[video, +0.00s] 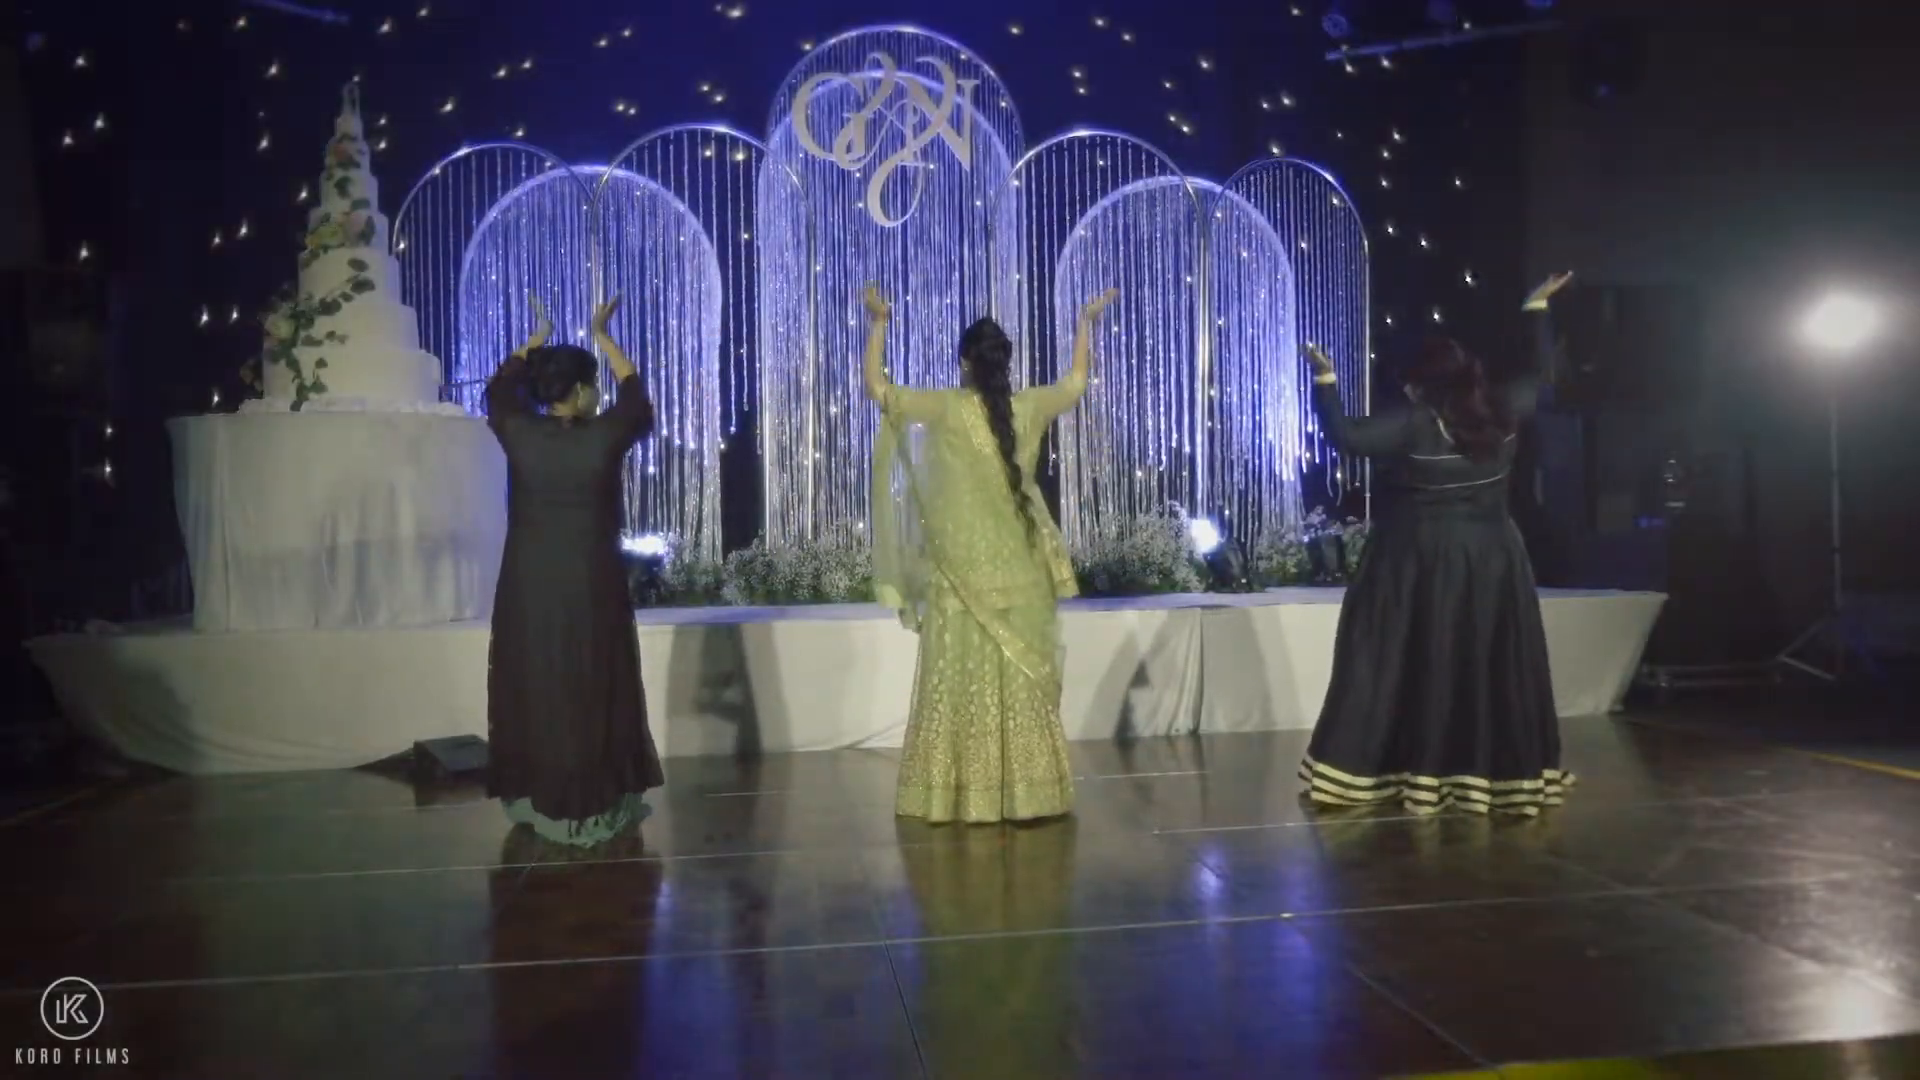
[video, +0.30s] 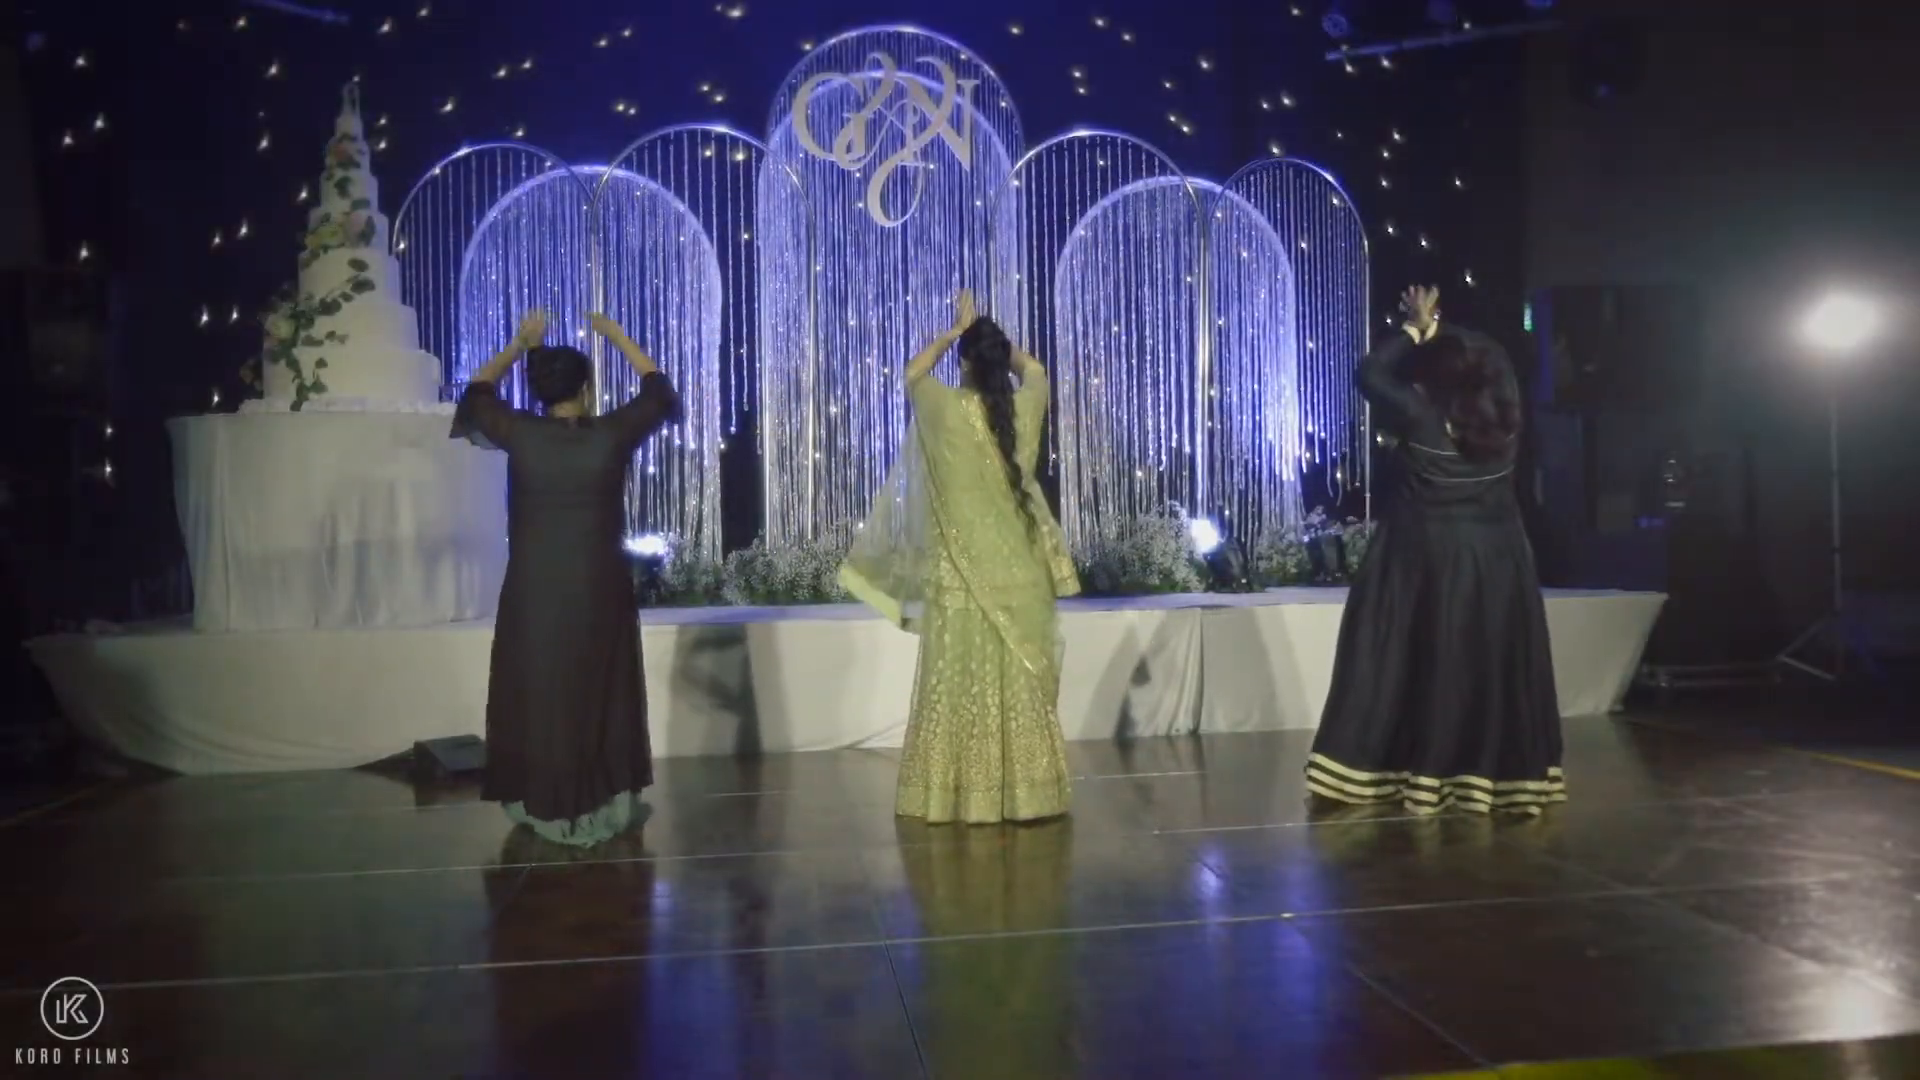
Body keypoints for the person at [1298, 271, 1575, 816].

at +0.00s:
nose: (1407, 387)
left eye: (1410, 379)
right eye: (1411, 379)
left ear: (1418, 383)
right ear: (1469, 374)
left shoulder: (1413, 424)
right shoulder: (1502, 409)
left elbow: (1348, 436)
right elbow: (1542, 373)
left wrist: (1326, 383)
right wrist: (1537, 310)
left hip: (1423, 546)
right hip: (1490, 544)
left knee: (1416, 661)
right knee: (1489, 663)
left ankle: (1415, 782)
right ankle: (1493, 782)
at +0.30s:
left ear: (1432, 377)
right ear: (1487, 375)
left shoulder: (1418, 413)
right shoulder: (1505, 414)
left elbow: (1371, 373)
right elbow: (1487, 355)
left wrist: (1409, 333)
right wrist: (1435, 328)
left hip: (1433, 543)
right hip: (1496, 542)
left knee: (1431, 657)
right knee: (1494, 657)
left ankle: (1425, 780)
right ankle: (1495, 779)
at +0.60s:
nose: (1436, 372)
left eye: (1434, 366)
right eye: (1451, 361)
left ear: (1432, 379)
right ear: (1486, 370)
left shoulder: (1417, 423)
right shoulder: (1510, 406)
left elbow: (1361, 431)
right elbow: (1518, 348)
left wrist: (1300, 399)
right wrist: (1507, 290)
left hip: (1433, 549)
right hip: (1500, 546)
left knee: (1420, 661)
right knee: (1498, 662)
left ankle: (1421, 780)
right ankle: (1496, 782)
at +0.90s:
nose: (1406, 396)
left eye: (1407, 388)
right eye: (1405, 388)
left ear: (1420, 388)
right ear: (1465, 372)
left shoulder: (1419, 436)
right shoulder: (1503, 405)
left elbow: (1370, 473)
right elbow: (1522, 352)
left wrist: (1301, 479)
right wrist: (1534, 295)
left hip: (1438, 555)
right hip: (1504, 549)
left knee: (1427, 663)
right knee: (1502, 662)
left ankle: (1427, 780)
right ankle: (1504, 780)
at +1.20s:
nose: (1394, 404)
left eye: (1397, 395)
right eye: (1394, 395)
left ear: (1412, 394)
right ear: (1451, 379)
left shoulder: (1413, 442)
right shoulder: (1491, 407)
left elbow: (1379, 496)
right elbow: (1510, 341)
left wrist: (1321, 529)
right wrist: (1523, 282)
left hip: (1438, 566)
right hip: (1507, 558)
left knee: (1429, 667)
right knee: (1507, 666)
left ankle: (1427, 781)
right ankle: (1510, 780)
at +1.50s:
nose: (1389, 409)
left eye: (1390, 401)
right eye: (1387, 400)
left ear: (1407, 397)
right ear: (1446, 380)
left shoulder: (1406, 444)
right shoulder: (1488, 402)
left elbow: (1382, 502)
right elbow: (1514, 348)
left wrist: (1337, 550)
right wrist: (1529, 292)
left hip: (1437, 556)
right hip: (1504, 547)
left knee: (1430, 664)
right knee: (1505, 660)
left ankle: (1431, 781)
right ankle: (1508, 778)